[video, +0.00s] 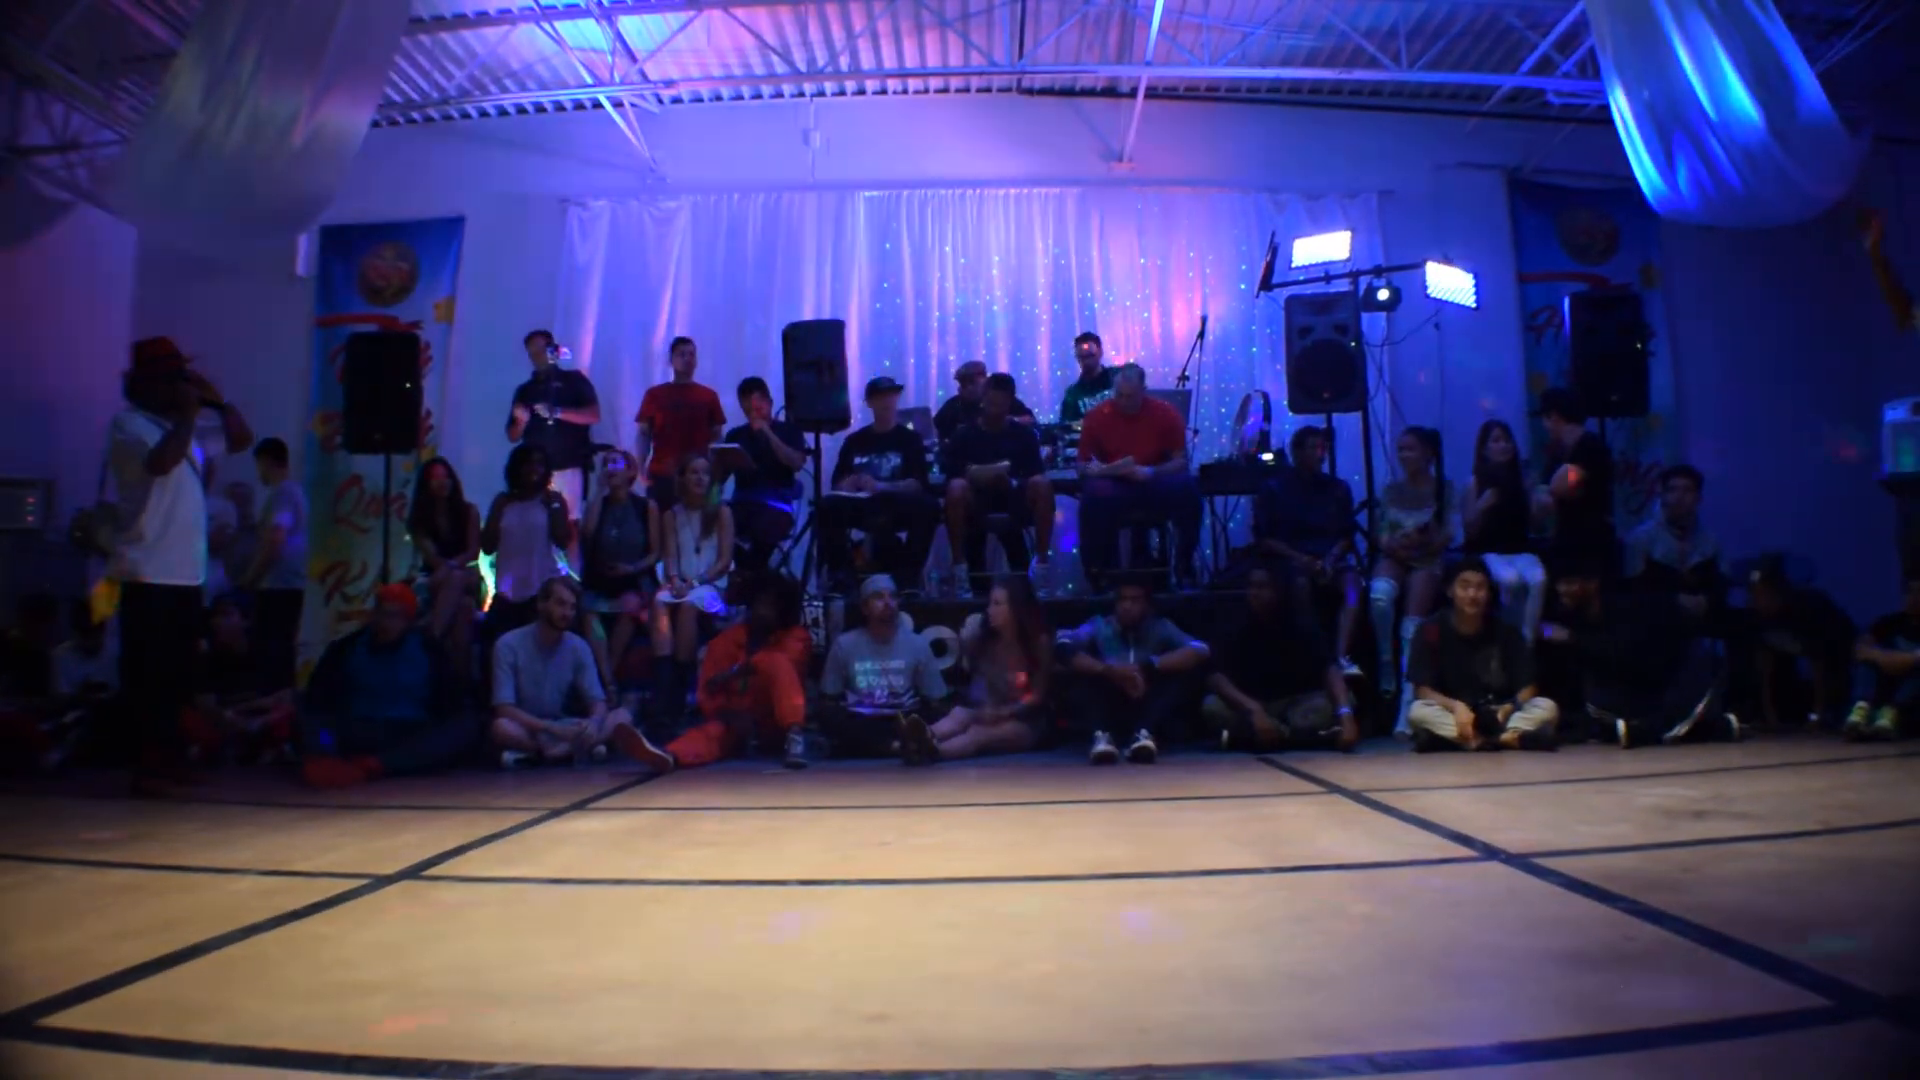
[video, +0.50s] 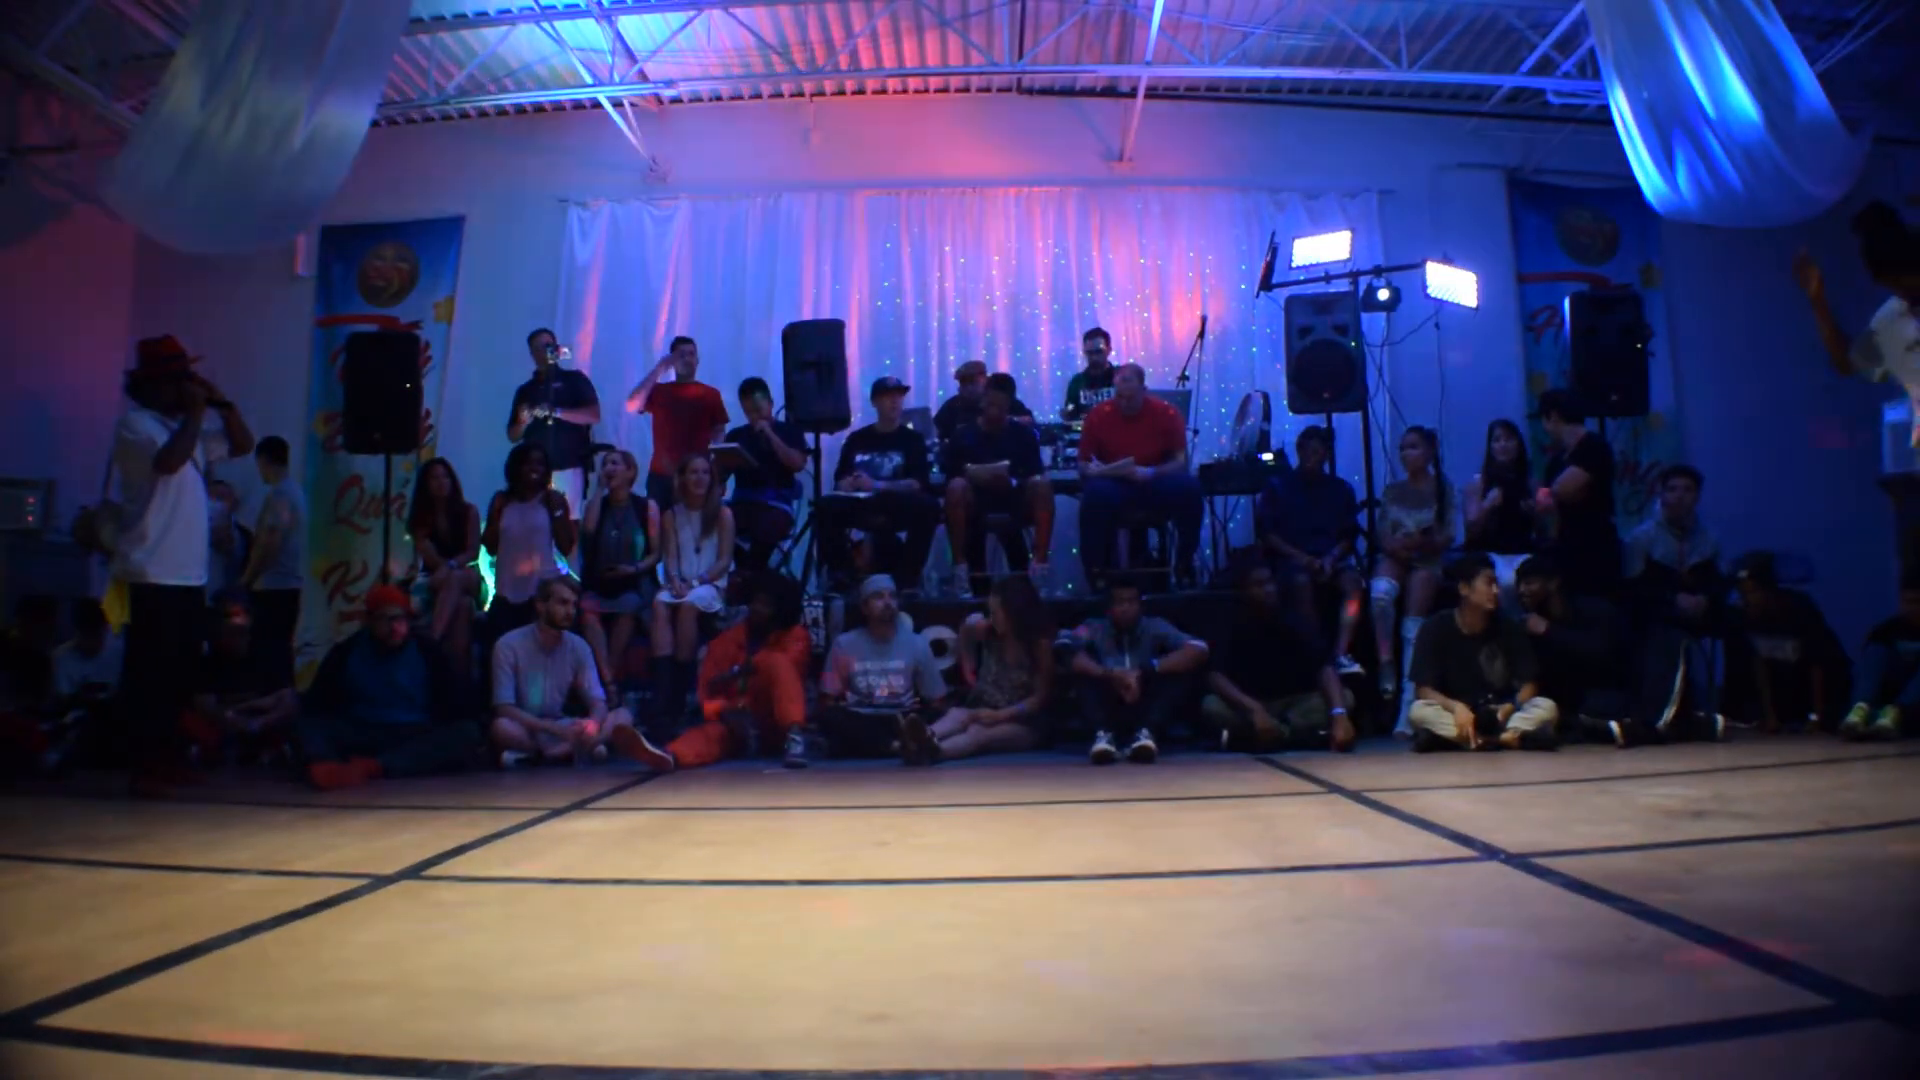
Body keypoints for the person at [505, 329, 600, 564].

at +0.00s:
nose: (539, 356)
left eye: (543, 349)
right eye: (533, 351)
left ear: (553, 350)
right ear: (529, 356)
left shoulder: (575, 379)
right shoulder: (525, 389)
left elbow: (593, 415)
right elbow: (513, 435)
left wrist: (557, 413)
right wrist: (520, 422)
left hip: (569, 463)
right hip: (537, 466)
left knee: (570, 524)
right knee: (536, 523)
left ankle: (573, 576)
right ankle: (539, 578)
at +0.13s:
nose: (537, 357)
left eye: (540, 351)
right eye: (532, 353)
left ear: (552, 350)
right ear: (528, 355)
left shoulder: (574, 379)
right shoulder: (524, 389)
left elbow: (592, 415)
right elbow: (511, 435)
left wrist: (554, 412)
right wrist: (518, 421)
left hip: (568, 464)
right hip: (535, 465)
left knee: (569, 525)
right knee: (534, 524)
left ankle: (569, 579)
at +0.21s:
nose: (538, 356)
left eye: (542, 350)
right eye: (532, 351)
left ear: (552, 350)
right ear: (528, 355)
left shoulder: (573, 379)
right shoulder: (524, 389)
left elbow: (591, 415)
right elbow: (511, 435)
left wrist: (553, 412)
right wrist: (519, 422)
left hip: (568, 463)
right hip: (535, 465)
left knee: (569, 523)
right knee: (534, 522)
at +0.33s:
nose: (544, 353)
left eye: (548, 347)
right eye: (538, 350)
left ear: (555, 349)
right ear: (531, 355)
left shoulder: (575, 379)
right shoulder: (525, 390)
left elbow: (593, 416)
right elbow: (513, 435)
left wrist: (555, 413)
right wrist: (523, 422)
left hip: (570, 464)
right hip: (537, 467)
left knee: (570, 524)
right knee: (536, 524)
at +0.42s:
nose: (544, 353)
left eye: (548, 347)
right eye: (538, 349)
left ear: (556, 349)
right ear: (531, 355)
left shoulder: (575, 379)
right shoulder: (526, 390)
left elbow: (593, 415)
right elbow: (513, 435)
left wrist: (555, 413)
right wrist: (523, 421)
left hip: (569, 465)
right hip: (536, 467)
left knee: (570, 525)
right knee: (536, 525)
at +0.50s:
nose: (545, 352)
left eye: (549, 346)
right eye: (539, 348)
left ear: (557, 349)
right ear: (532, 354)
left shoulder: (576, 379)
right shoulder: (525, 390)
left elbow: (593, 415)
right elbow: (513, 435)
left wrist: (556, 413)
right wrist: (523, 421)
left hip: (569, 465)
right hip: (536, 467)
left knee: (570, 525)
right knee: (536, 525)